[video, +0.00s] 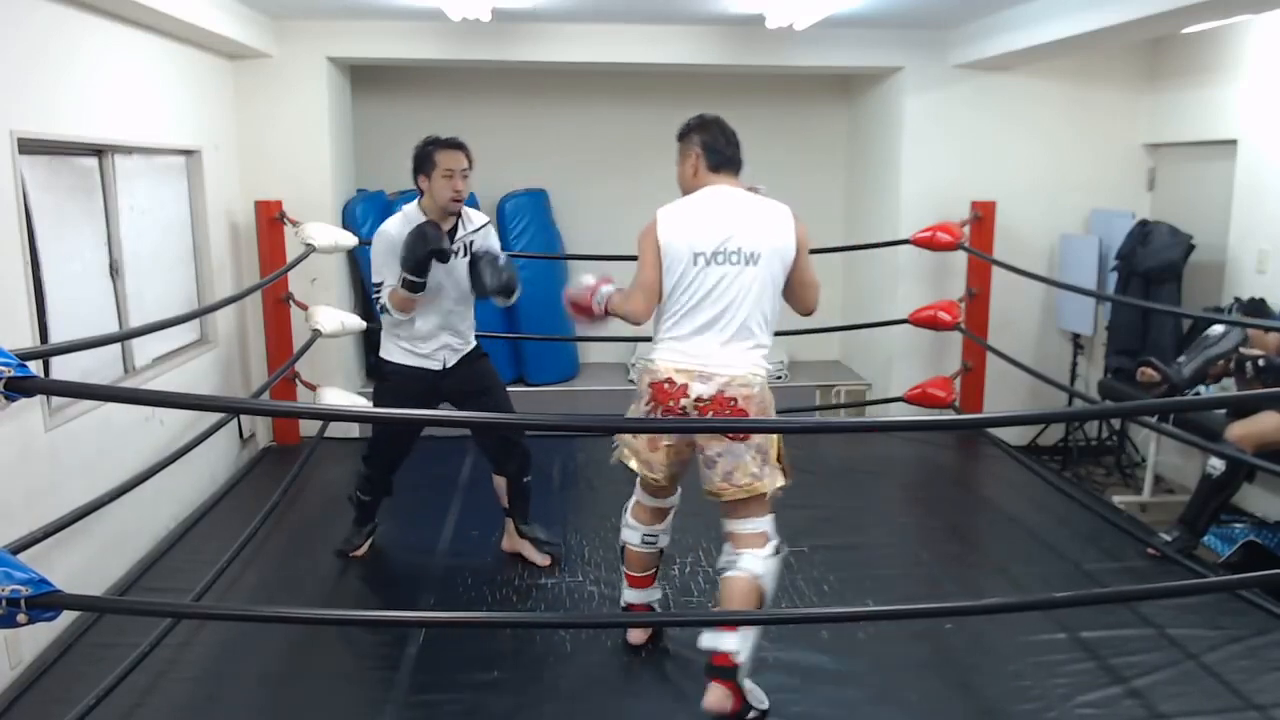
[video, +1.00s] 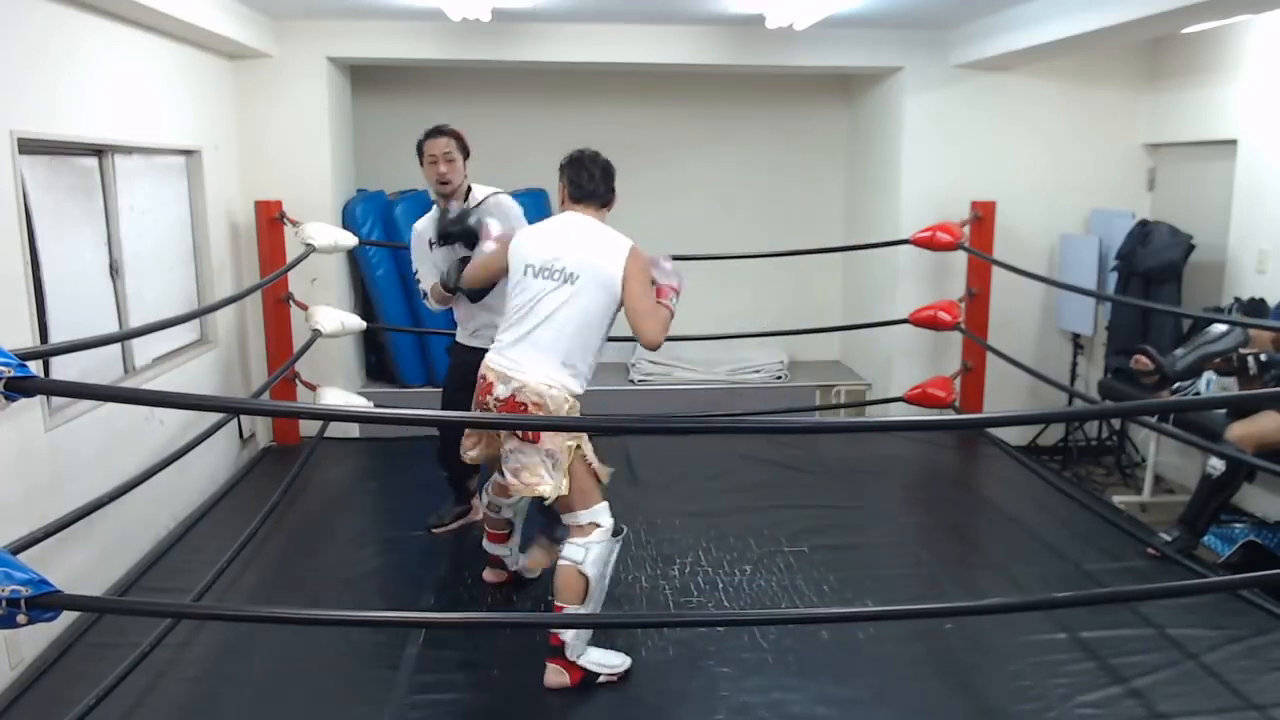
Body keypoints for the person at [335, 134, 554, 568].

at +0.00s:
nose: (460, 185)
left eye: (465, 175)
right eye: (449, 176)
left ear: (470, 179)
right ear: (423, 180)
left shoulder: (477, 223)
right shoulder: (392, 232)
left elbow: (504, 284)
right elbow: (396, 308)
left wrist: (500, 283)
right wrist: (414, 273)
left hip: (463, 355)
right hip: (405, 361)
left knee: (509, 441)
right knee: (384, 454)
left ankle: (516, 533)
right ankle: (362, 528)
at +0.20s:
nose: (458, 188)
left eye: (464, 178)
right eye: (448, 178)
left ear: (470, 179)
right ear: (423, 180)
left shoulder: (477, 220)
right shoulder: (393, 227)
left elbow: (494, 295)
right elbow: (396, 305)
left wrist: (488, 266)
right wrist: (419, 271)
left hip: (465, 347)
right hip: (407, 353)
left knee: (509, 430)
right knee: (385, 445)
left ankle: (552, 509)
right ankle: (363, 523)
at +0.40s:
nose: (485, 179)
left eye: (491, 171)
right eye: (475, 171)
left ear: (499, 175)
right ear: (453, 176)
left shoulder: (507, 220)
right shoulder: (428, 223)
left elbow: (521, 294)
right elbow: (453, 276)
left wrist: (515, 242)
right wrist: (488, 237)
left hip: (493, 353)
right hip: (433, 352)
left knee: (530, 443)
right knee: (398, 439)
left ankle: (565, 522)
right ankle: (366, 516)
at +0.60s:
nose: (486, 174)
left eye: (493, 163)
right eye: (476, 164)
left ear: (502, 166)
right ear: (457, 168)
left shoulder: (516, 216)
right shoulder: (435, 215)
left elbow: (534, 279)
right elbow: (448, 281)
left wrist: (520, 247)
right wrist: (506, 278)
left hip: (507, 346)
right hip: (449, 348)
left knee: (539, 431)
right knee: (427, 442)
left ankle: (560, 511)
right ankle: (462, 498)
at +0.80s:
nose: (455, 185)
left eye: (462, 175)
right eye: (445, 177)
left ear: (475, 177)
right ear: (432, 185)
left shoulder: (508, 223)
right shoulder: (424, 236)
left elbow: (523, 284)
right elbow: (415, 306)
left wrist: (480, 260)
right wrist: (433, 291)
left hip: (510, 347)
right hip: (459, 353)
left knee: (537, 427)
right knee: (438, 450)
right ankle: (469, 507)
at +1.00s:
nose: (442, 170)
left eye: (450, 159)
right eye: (432, 162)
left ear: (466, 162)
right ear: (423, 170)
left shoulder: (501, 206)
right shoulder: (422, 231)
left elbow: (524, 264)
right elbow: (434, 297)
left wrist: (478, 257)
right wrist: (442, 291)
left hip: (518, 338)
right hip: (470, 342)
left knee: (527, 427)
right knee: (451, 431)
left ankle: (546, 518)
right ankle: (467, 503)